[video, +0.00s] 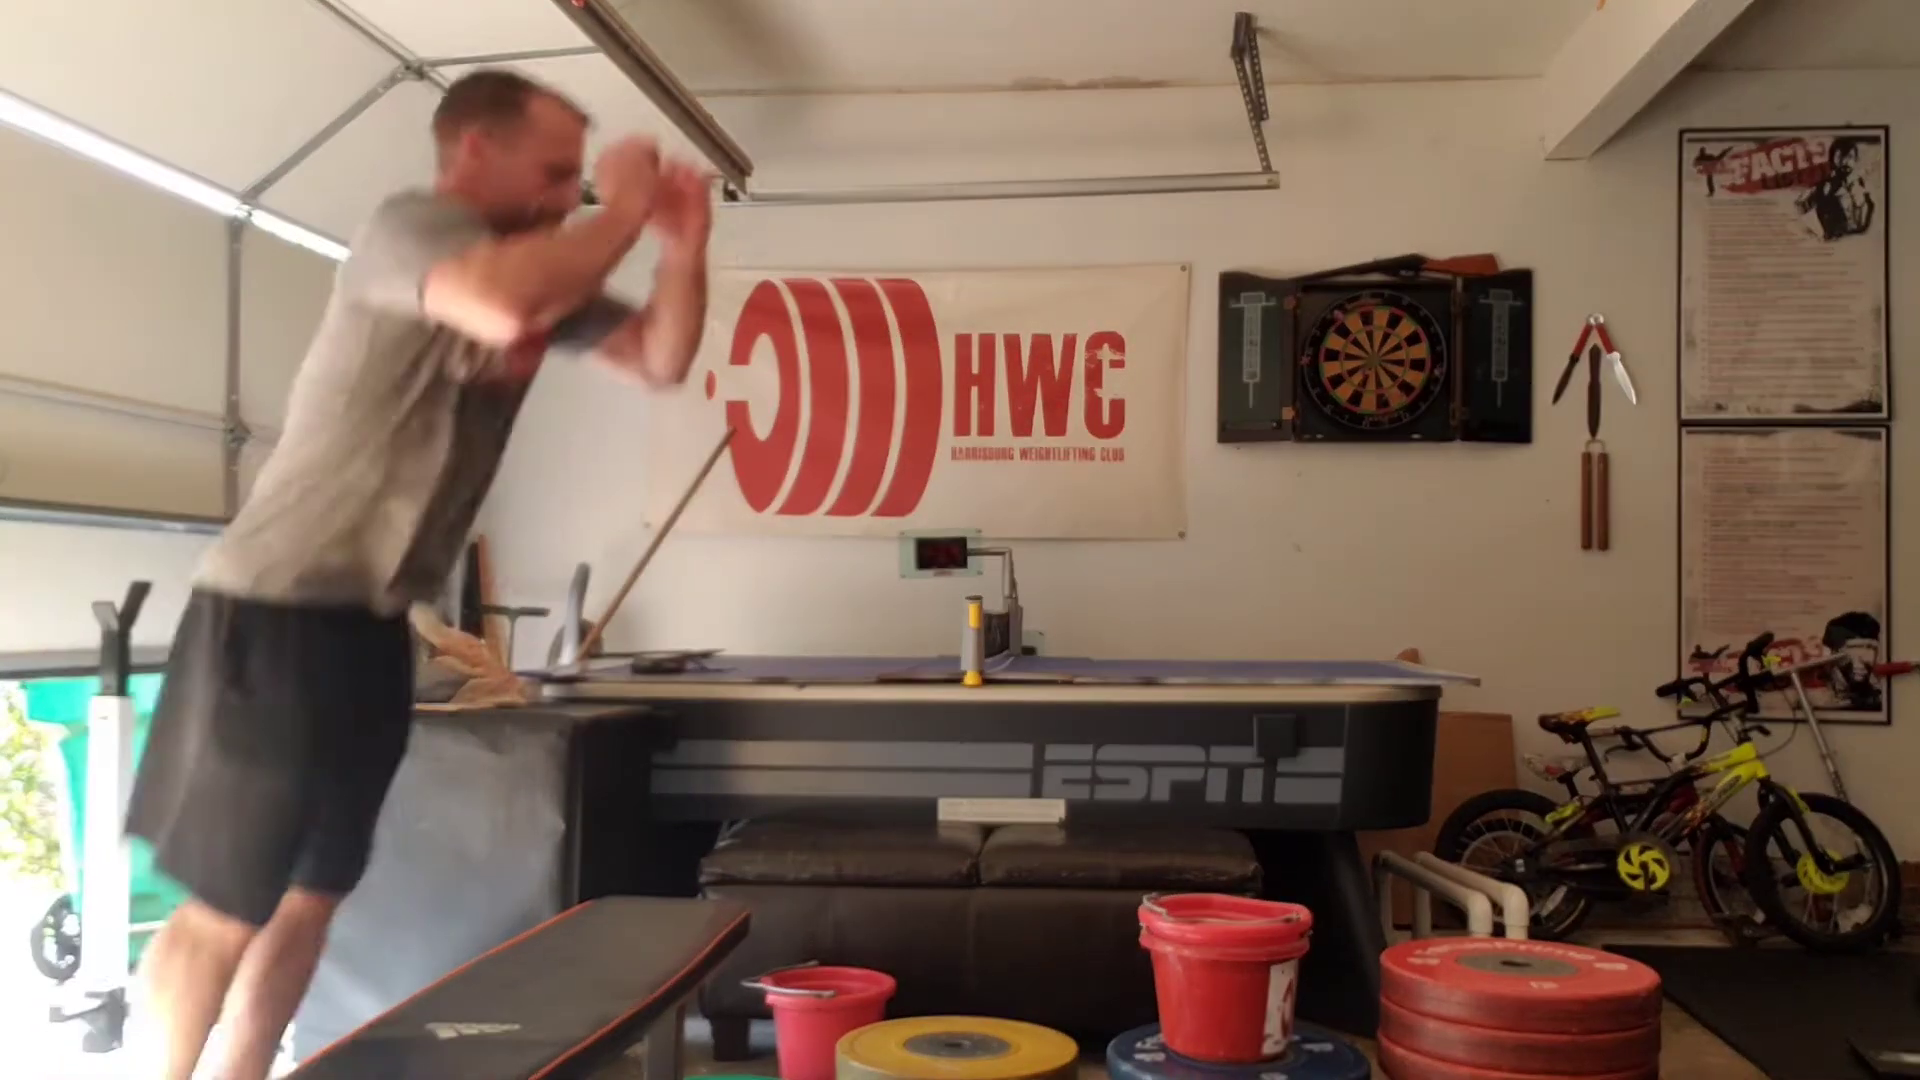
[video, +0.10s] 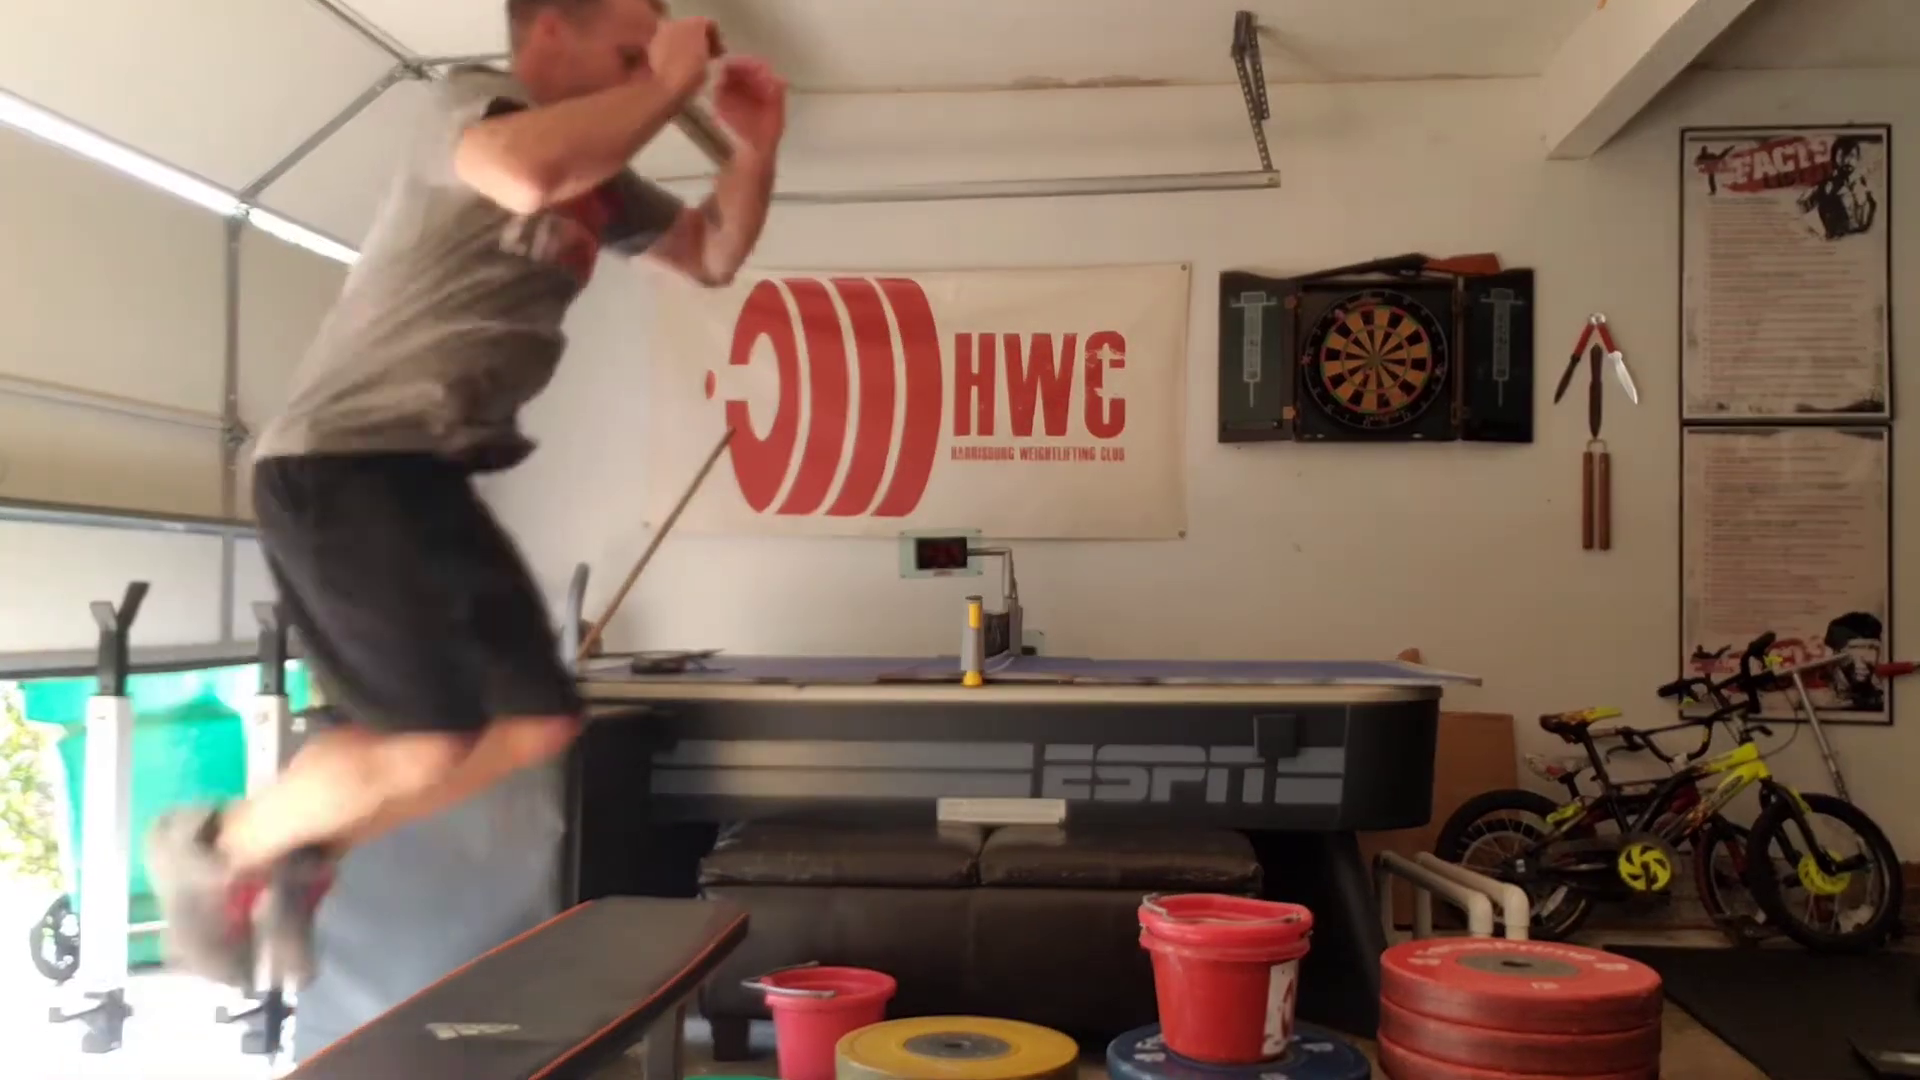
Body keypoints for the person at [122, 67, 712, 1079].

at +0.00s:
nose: (571, 198)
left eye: (575, 180)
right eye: (557, 172)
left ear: (492, 160)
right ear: (475, 149)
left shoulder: (528, 273)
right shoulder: (405, 228)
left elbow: (659, 356)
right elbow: (505, 300)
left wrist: (686, 242)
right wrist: (623, 212)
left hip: (372, 626)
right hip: (267, 612)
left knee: (309, 901)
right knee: (223, 910)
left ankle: (238, 1075)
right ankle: (174, 1070)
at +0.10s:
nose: (645, 60)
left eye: (650, 44)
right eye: (630, 38)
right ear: (547, 30)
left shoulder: (585, 172)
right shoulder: (458, 105)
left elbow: (708, 250)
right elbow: (525, 174)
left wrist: (753, 152)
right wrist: (667, 86)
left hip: (423, 471)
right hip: (329, 464)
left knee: (537, 717)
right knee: (435, 736)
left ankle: (310, 845)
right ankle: (215, 851)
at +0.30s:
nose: (797, 47)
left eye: (801, 27)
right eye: (783, 18)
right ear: (702, 11)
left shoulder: (727, 172)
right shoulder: (627, 91)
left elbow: (747, 321)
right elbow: (532, 219)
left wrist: (865, 365)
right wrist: (719, 274)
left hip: (579, 414)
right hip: (455, 401)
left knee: (761, 533)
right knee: (652, 535)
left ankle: (734, 814)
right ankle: (679, 832)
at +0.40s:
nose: (851, 76)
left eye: (855, 51)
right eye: (839, 42)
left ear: (765, 32)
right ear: (755, 22)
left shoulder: (769, 180)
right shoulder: (675, 118)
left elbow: (723, 344)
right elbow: (511, 218)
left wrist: (807, 433)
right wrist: (646, 344)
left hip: (687, 487)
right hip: (587, 484)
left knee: (835, 710)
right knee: (742, 761)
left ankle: (856, 1004)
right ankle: (806, 1057)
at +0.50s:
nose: (881, 190)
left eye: (882, 165)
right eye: (867, 161)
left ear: (794, 152)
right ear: (785, 146)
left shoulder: (799, 279)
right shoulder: (705, 253)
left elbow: (735, 440)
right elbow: (546, 371)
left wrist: (832, 537)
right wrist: (671, 523)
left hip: (825, 655)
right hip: (736, 672)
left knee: (918, 922)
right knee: (822, 986)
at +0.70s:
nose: (870, 230)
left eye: (879, 208)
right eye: (839, 212)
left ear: (892, 223)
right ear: (777, 239)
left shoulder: (943, 396)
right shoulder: (729, 392)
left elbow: (999, 542)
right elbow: (675, 575)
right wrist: (848, 634)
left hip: (926, 750)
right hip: (793, 752)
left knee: (991, 1019)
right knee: (889, 1039)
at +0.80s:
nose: (825, 185)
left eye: (844, 160)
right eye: (801, 172)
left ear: (892, 178)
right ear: (778, 206)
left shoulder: (992, 345)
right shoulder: (740, 359)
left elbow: (1080, 517)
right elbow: (690, 540)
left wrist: (1067, 476)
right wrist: (803, 577)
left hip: (958, 714)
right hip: (809, 720)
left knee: (1012, 992)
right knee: (850, 1019)